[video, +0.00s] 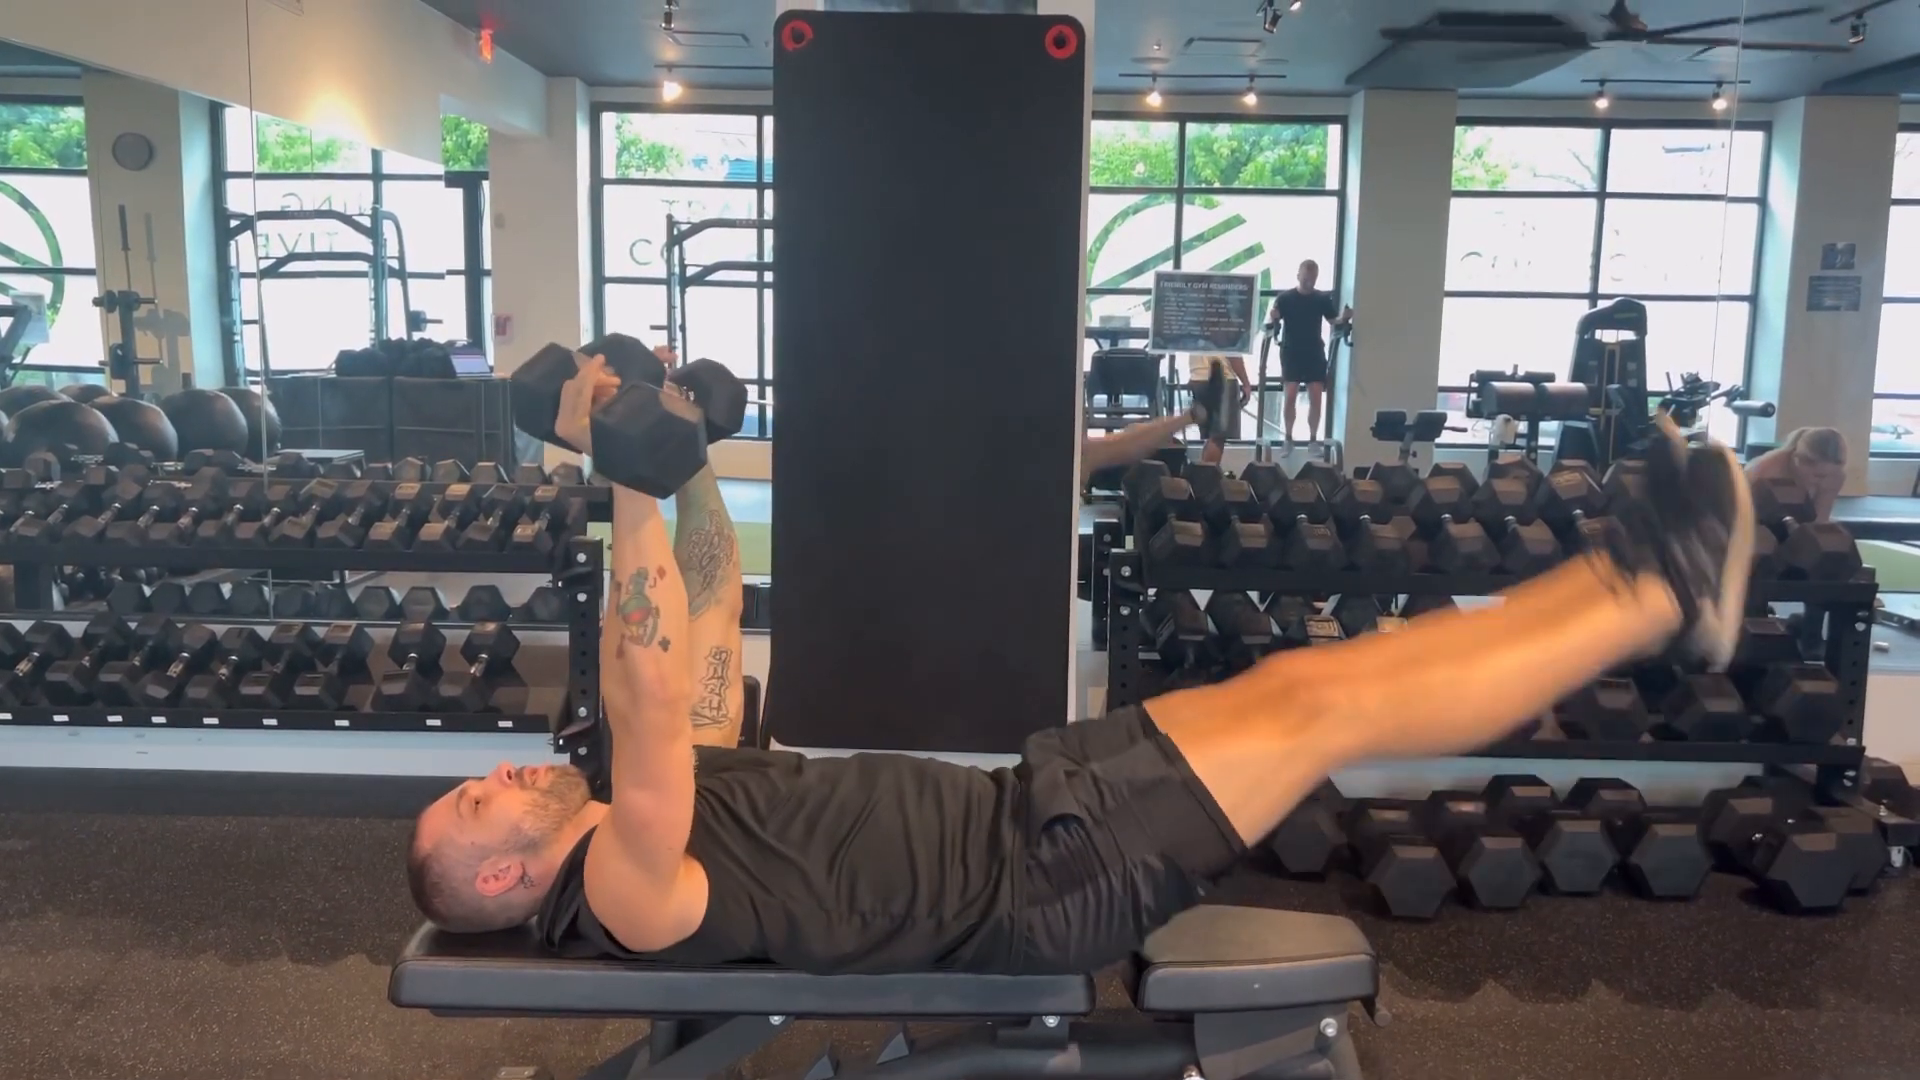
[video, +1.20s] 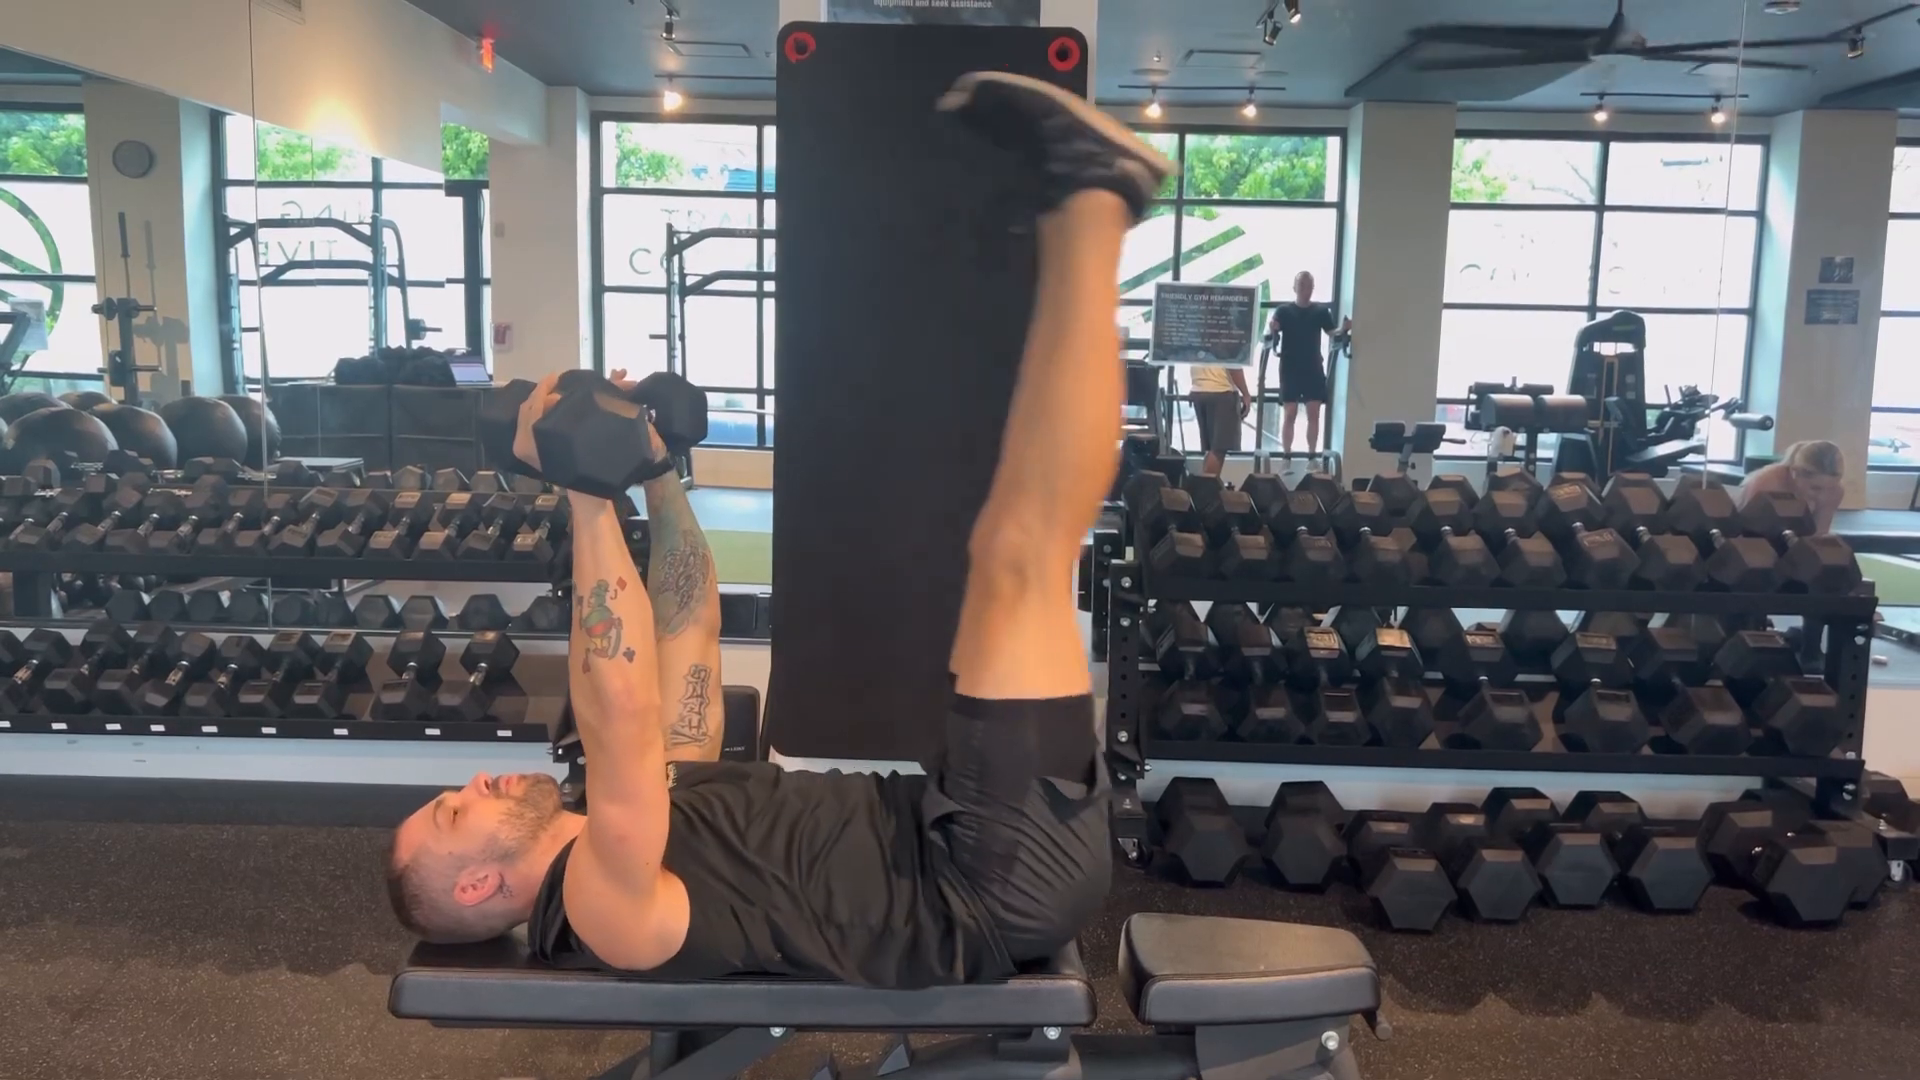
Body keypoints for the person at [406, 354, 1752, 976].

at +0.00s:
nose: (506, 785)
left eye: (485, 790)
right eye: (483, 819)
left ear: (538, 823)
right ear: (514, 894)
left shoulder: (649, 823)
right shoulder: (631, 886)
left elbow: (700, 655)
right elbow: (647, 691)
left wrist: (678, 506)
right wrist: (641, 513)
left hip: (1032, 791)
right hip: (1039, 865)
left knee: (1315, 680)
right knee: (1326, 701)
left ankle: (1624, 568)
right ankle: (1652, 598)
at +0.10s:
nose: (492, 781)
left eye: (478, 792)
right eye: (475, 819)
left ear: (529, 817)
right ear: (509, 881)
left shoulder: (647, 809)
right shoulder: (632, 887)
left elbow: (709, 630)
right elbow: (641, 674)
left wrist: (672, 457)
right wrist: (630, 496)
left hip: (1009, 804)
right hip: (1033, 872)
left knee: (1253, 619)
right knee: (1258, 636)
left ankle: (1531, 434)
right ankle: (1558, 440)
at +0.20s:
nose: (491, 771)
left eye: (471, 779)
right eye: (469, 811)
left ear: (514, 793)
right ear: (505, 879)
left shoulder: (636, 809)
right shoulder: (628, 884)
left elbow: (699, 635)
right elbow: (645, 685)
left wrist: (667, 458)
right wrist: (645, 489)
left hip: (986, 803)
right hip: (1020, 875)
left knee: (1172, 568)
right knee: (1194, 588)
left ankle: (1364, 307)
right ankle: (1417, 304)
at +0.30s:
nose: (487, 782)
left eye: (464, 790)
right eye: (466, 813)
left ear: (514, 809)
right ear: (501, 882)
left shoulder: (663, 806)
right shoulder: (622, 893)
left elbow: (704, 620)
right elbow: (641, 690)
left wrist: (670, 452)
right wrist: (629, 476)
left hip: (979, 823)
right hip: (1012, 884)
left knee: (1092, 543)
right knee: (1106, 556)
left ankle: (1222, 232)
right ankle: (1233, 230)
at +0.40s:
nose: (475, 779)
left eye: (450, 789)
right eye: (451, 810)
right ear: (487, 883)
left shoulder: (631, 825)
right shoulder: (611, 886)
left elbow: (696, 619)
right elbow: (633, 686)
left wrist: (662, 456)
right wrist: (616, 473)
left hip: (959, 820)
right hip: (991, 876)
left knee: (1028, 535)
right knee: (1028, 540)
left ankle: (1081, 191)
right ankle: (1084, 188)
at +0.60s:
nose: (482, 773)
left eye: (450, 786)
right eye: (456, 802)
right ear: (488, 875)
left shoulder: (627, 831)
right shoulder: (610, 890)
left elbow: (687, 615)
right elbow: (627, 684)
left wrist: (660, 462)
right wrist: (606, 485)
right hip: (972, 857)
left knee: (936, 524)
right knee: (931, 526)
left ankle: (903, 174)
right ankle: (901, 169)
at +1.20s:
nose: (482, 781)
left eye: (456, 790)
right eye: (456, 814)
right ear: (489, 890)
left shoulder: (639, 826)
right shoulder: (612, 894)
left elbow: (688, 631)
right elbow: (617, 693)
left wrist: (658, 473)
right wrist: (584, 491)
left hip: (958, 831)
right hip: (990, 884)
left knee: (1024, 544)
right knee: (1021, 547)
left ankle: (1085, 206)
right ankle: (1087, 203)